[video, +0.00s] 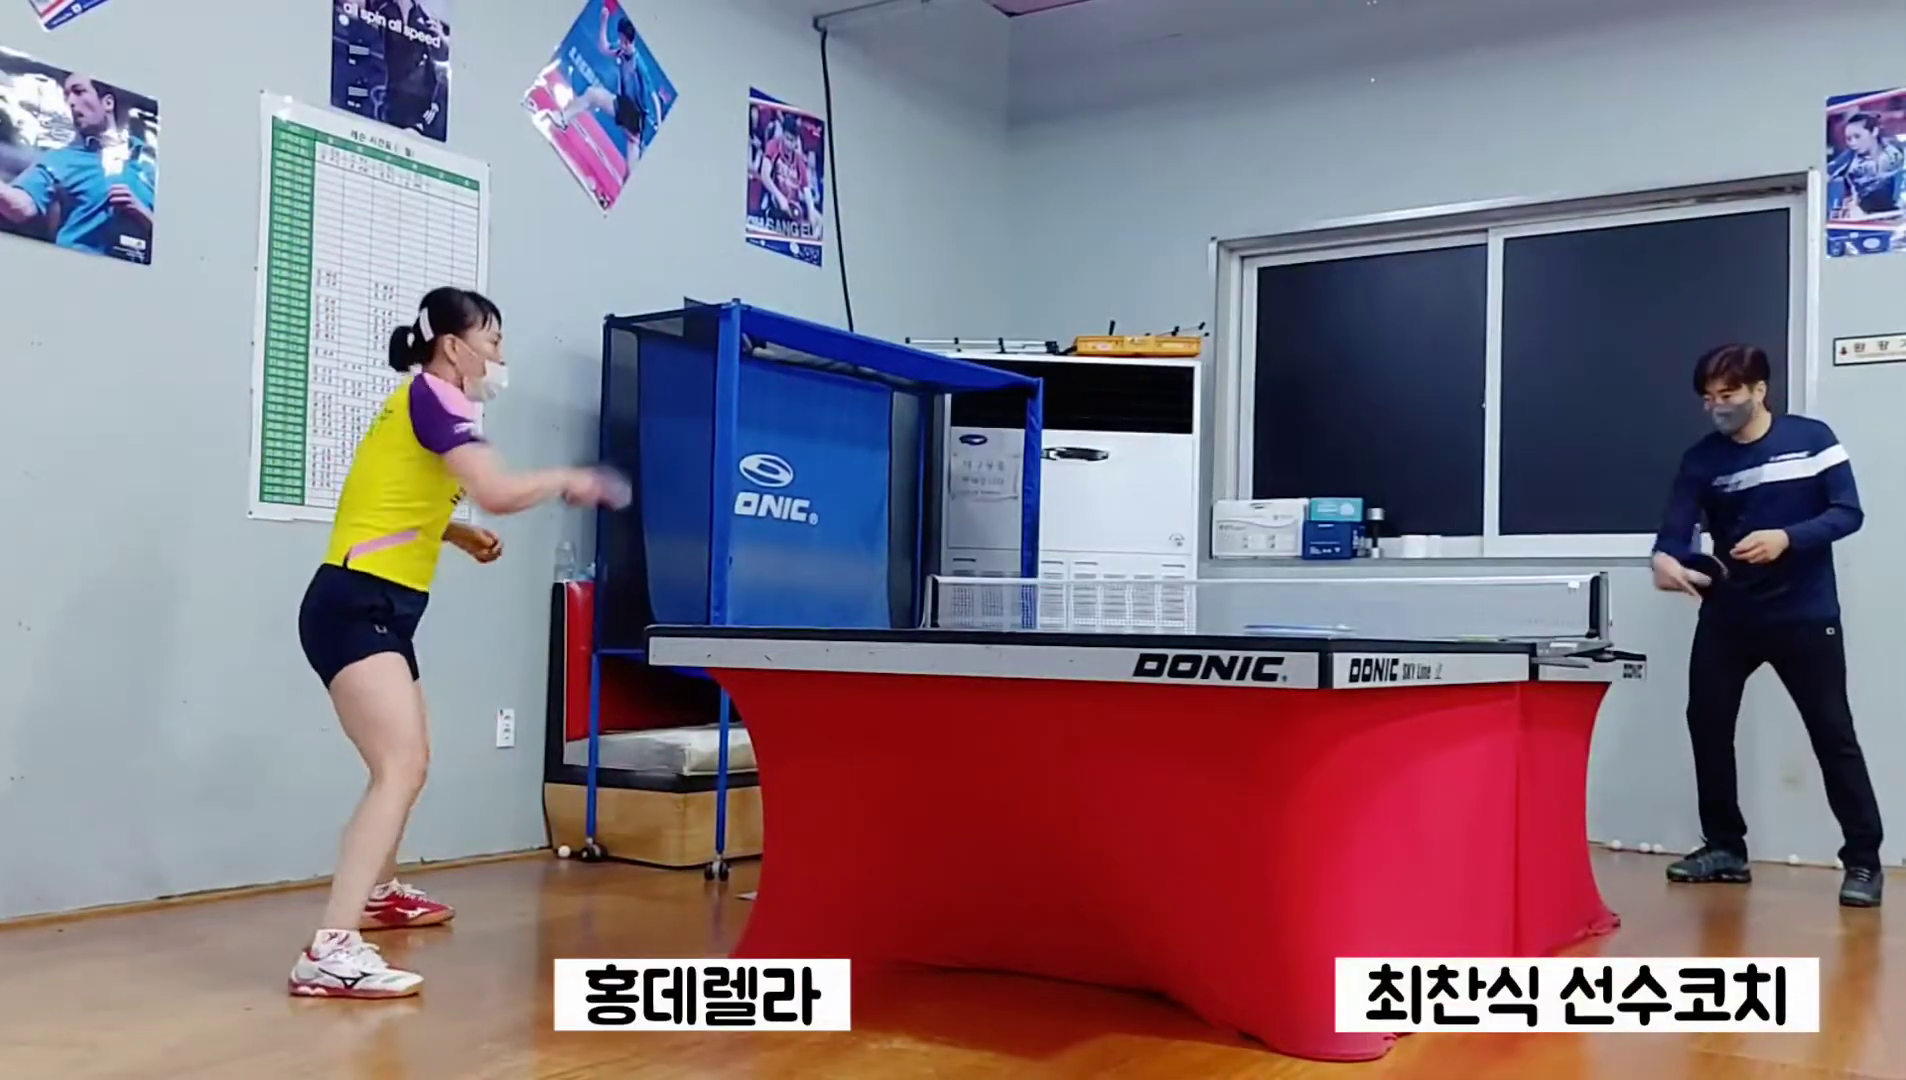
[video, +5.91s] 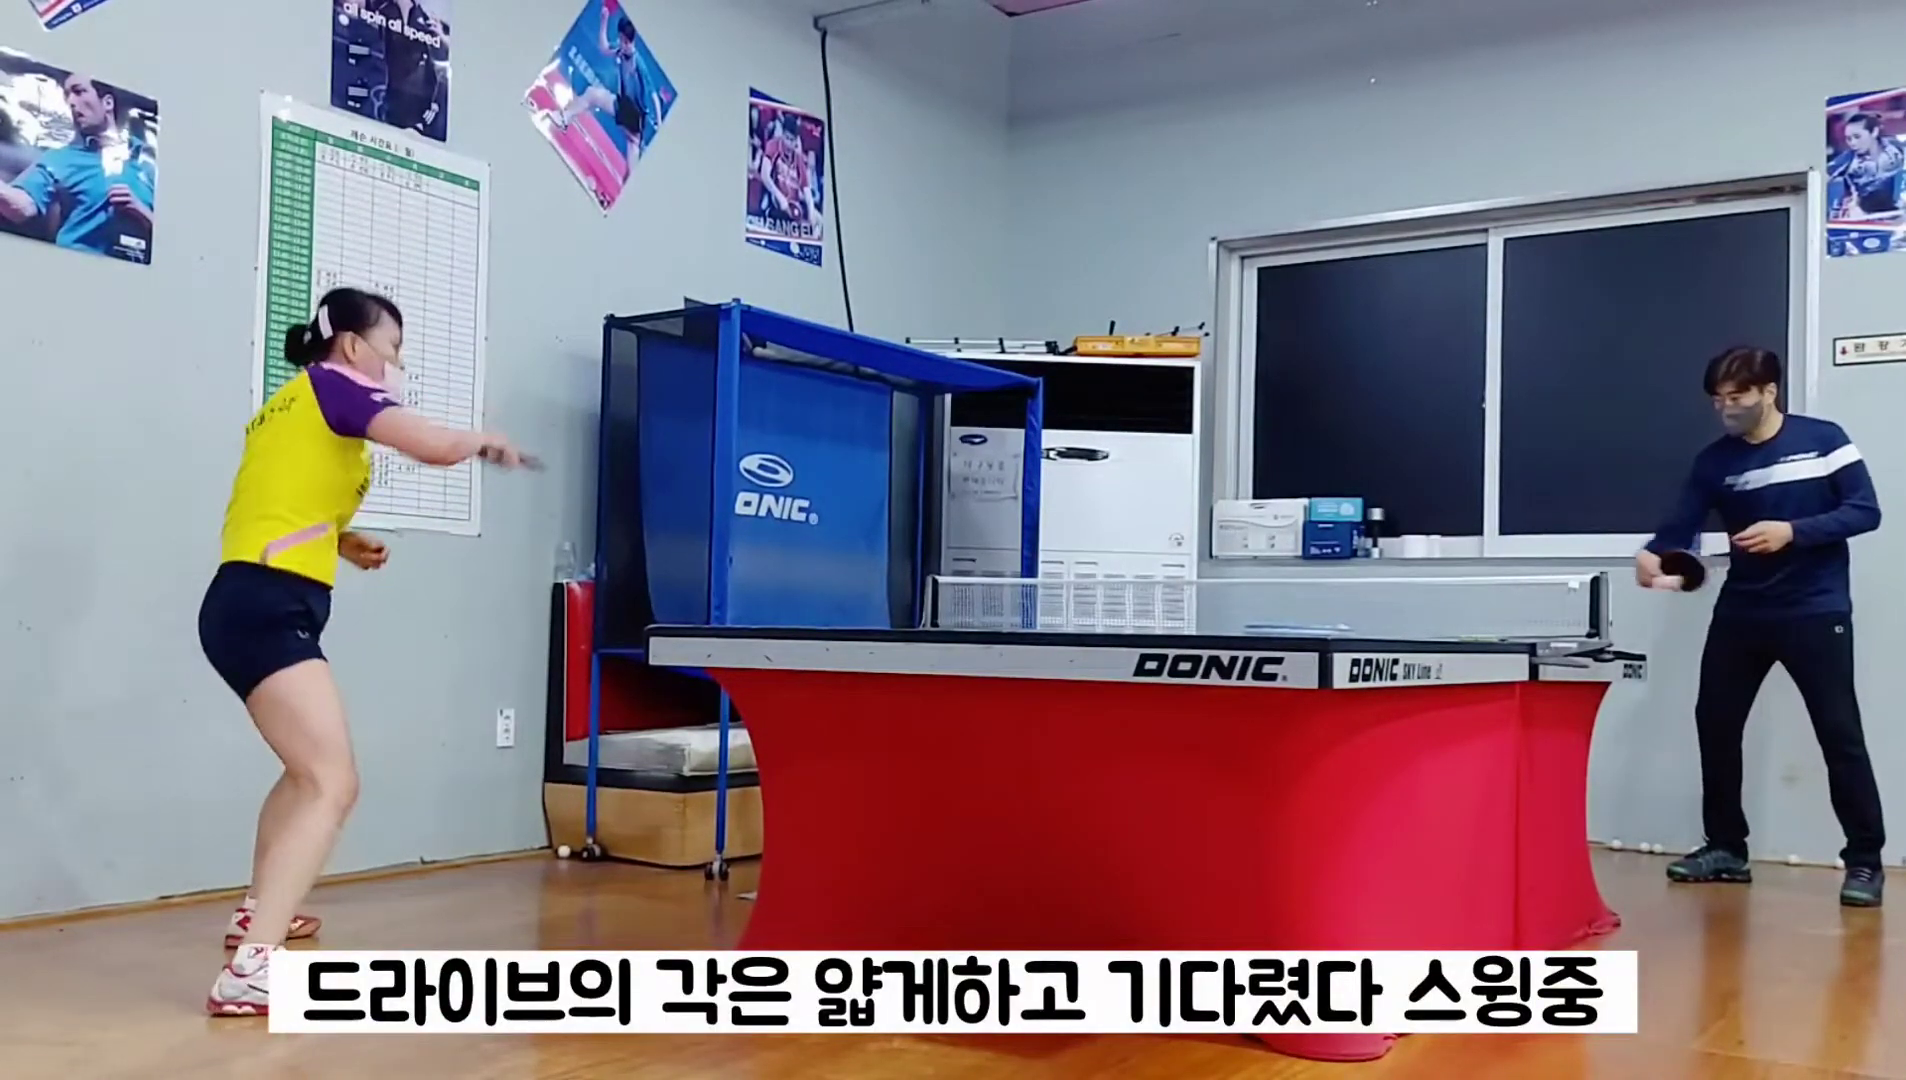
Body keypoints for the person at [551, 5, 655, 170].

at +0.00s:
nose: (621, 42)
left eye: (623, 39)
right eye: (621, 38)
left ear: (627, 40)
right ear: (622, 39)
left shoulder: (631, 56)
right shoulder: (622, 53)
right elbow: (603, 49)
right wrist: (604, 22)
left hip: (629, 108)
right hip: (637, 115)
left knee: (593, 94)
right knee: (632, 163)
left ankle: (563, 118)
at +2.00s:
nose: (621, 42)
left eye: (624, 39)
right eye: (621, 39)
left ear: (628, 40)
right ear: (619, 38)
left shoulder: (632, 58)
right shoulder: (621, 53)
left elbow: (631, 55)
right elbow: (604, 50)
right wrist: (603, 23)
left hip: (629, 108)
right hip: (636, 114)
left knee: (592, 94)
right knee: (633, 146)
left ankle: (563, 118)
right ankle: (630, 182)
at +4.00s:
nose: (621, 42)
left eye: (624, 40)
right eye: (621, 39)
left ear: (628, 40)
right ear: (619, 38)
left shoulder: (631, 57)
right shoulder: (621, 53)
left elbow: (630, 55)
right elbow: (604, 50)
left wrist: (628, 50)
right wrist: (604, 22)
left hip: (628, 107)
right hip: (636, 114)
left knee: (592, 94)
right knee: (633, 144)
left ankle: (562, 118)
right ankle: (629, 179)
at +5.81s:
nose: (622, 43)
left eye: (624, 40)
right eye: (622, 40)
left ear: (628, 41)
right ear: (622, 40)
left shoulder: (632, 56)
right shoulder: (621, 54)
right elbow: (604, 49)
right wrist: (604, 22)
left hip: (628, 109)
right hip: (636, 115)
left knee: (593, 94)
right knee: (632, 164)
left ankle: (563, 118)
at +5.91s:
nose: (621, 42)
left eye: (623, 39)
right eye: (621, 38)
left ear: (627, 39)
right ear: (623, 38)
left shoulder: (629, 53)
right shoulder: (623, 52)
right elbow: (604, 49)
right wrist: (604, 22)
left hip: (628, 109)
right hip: (637, 116)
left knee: (593, 94)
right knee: (633, 163)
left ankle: (564, 118)